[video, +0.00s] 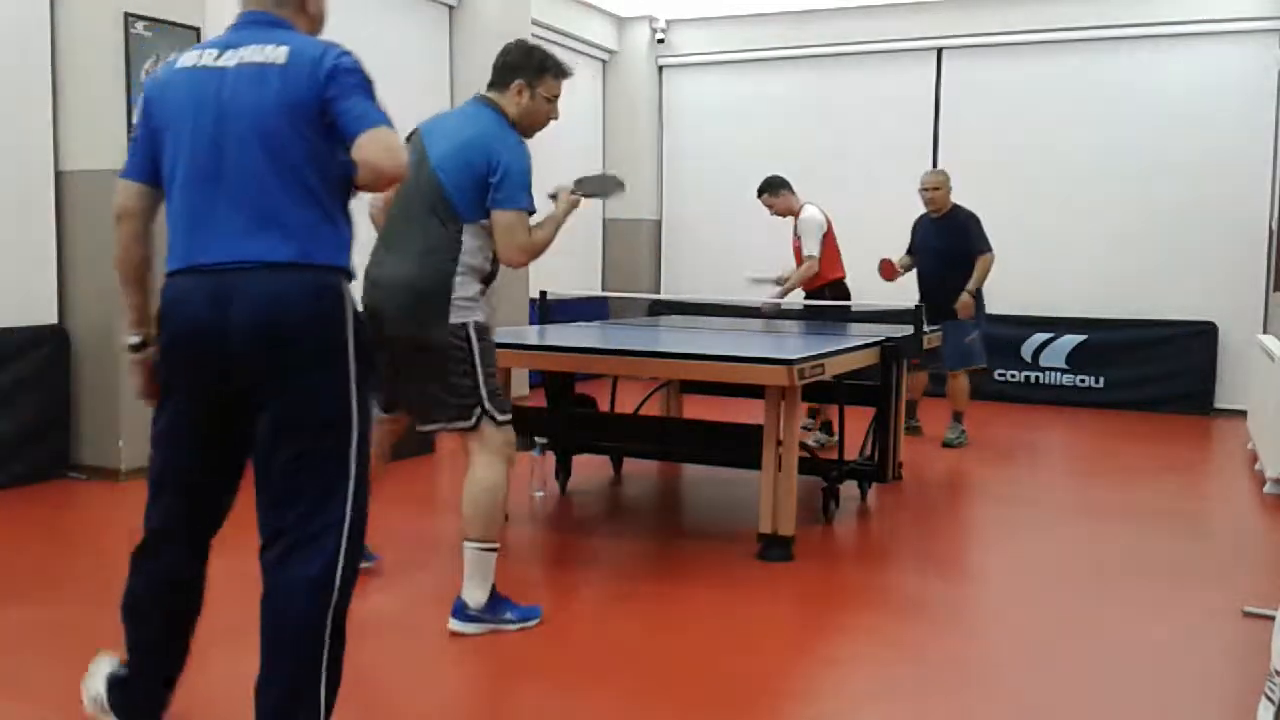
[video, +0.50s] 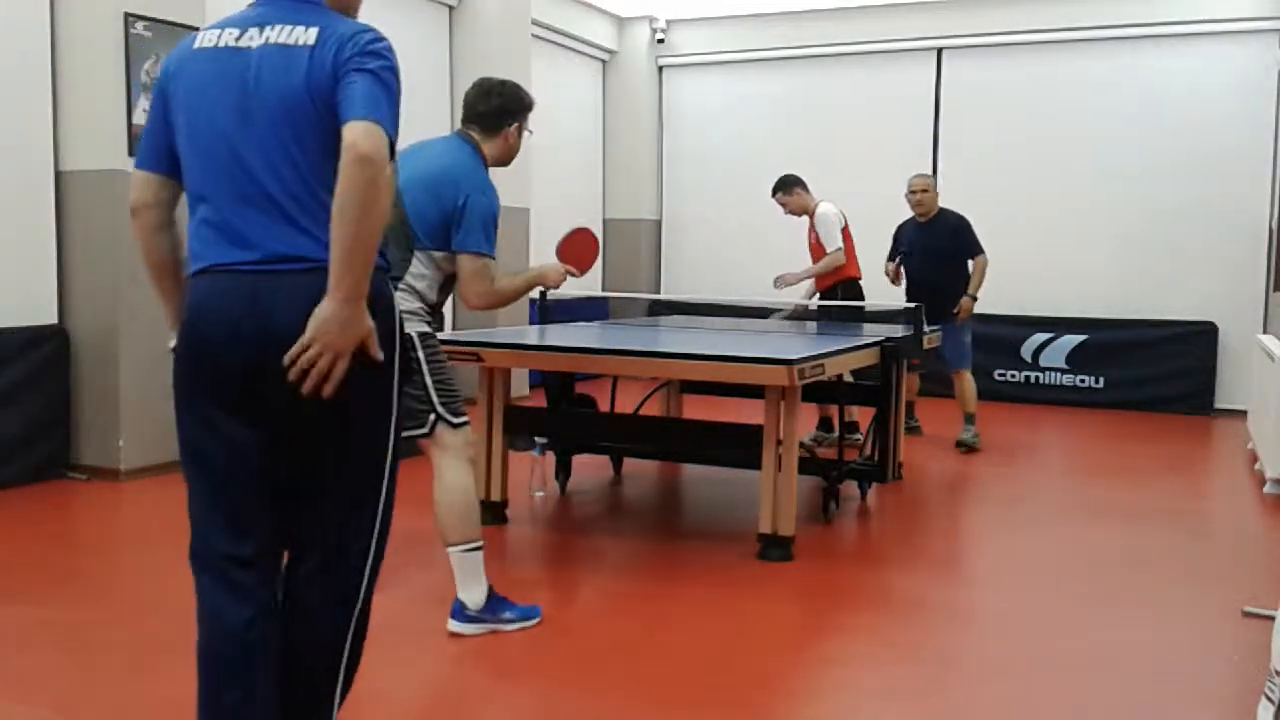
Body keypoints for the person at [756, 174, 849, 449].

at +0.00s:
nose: (772, 213)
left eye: (770, 206)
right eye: (768, 208)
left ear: (783, 194)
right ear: (783, 197)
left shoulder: (810, 217)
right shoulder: (803, 218)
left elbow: (812, 266)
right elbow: (810, 264)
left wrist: (780, 295)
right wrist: (789, 277)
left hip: (828, 295)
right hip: (818, 295)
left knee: (822, 362)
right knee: (816, 361)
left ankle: (825, 427)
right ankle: (817, 420)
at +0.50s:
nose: (785, 211)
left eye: (784, 204)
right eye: (781, 206)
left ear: (798, 192)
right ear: (797, 195)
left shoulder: (825, 214)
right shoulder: (817, 218)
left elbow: (838, 257)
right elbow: (825, 268)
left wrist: (799, 276)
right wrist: (805, 300)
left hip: (843, 294)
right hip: (831, 295)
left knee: (830, 363)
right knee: (829, 364)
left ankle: (828, 426)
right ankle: (846, 425)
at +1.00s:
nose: (777, 214)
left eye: (778, 206)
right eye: (773, 209)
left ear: (795, 197)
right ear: (797, 199)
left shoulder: (812, 221)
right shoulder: (820, 218)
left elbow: (810, 270)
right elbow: (835, 264)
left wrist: (769, 297)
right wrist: (813, 286)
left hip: (842, 299)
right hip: (846, 297)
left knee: (819, 367)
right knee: (828, 365)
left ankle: (827, 432)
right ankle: (841, 421)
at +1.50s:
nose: (779, 223)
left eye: (780, 216)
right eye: (775, 218)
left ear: (798, 208)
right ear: (796, 212)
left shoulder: (818, 228)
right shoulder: (810, 233)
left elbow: (819, 272)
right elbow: (823, 276)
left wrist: (782, 297)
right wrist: (803, 297)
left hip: (852, 305)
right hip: (837, 306)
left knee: (834, 368)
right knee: (817, 364)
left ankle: (845, 428)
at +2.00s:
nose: (746, 260)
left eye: (746, 252)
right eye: (744, 254)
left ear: (763, 245)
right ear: (766, 245)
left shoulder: (782, 262)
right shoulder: (786, 261)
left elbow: (749, 308)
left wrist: (709, 311)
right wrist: (723, 310)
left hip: (827, 330)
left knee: (779, 378)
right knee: (790, 377)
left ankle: (799, 433)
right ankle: (834, 420)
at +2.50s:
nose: (731, 262)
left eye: (732, 254)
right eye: (729, 256)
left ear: (748, 249)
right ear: (752, 250)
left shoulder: (766, 266)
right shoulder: (773, 265)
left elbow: (740, 310)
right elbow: (745, 308)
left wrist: (700, 314)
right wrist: (703, 310)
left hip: (813, 332)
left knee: (774, 377)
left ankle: (798, 432)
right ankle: (822, 413)